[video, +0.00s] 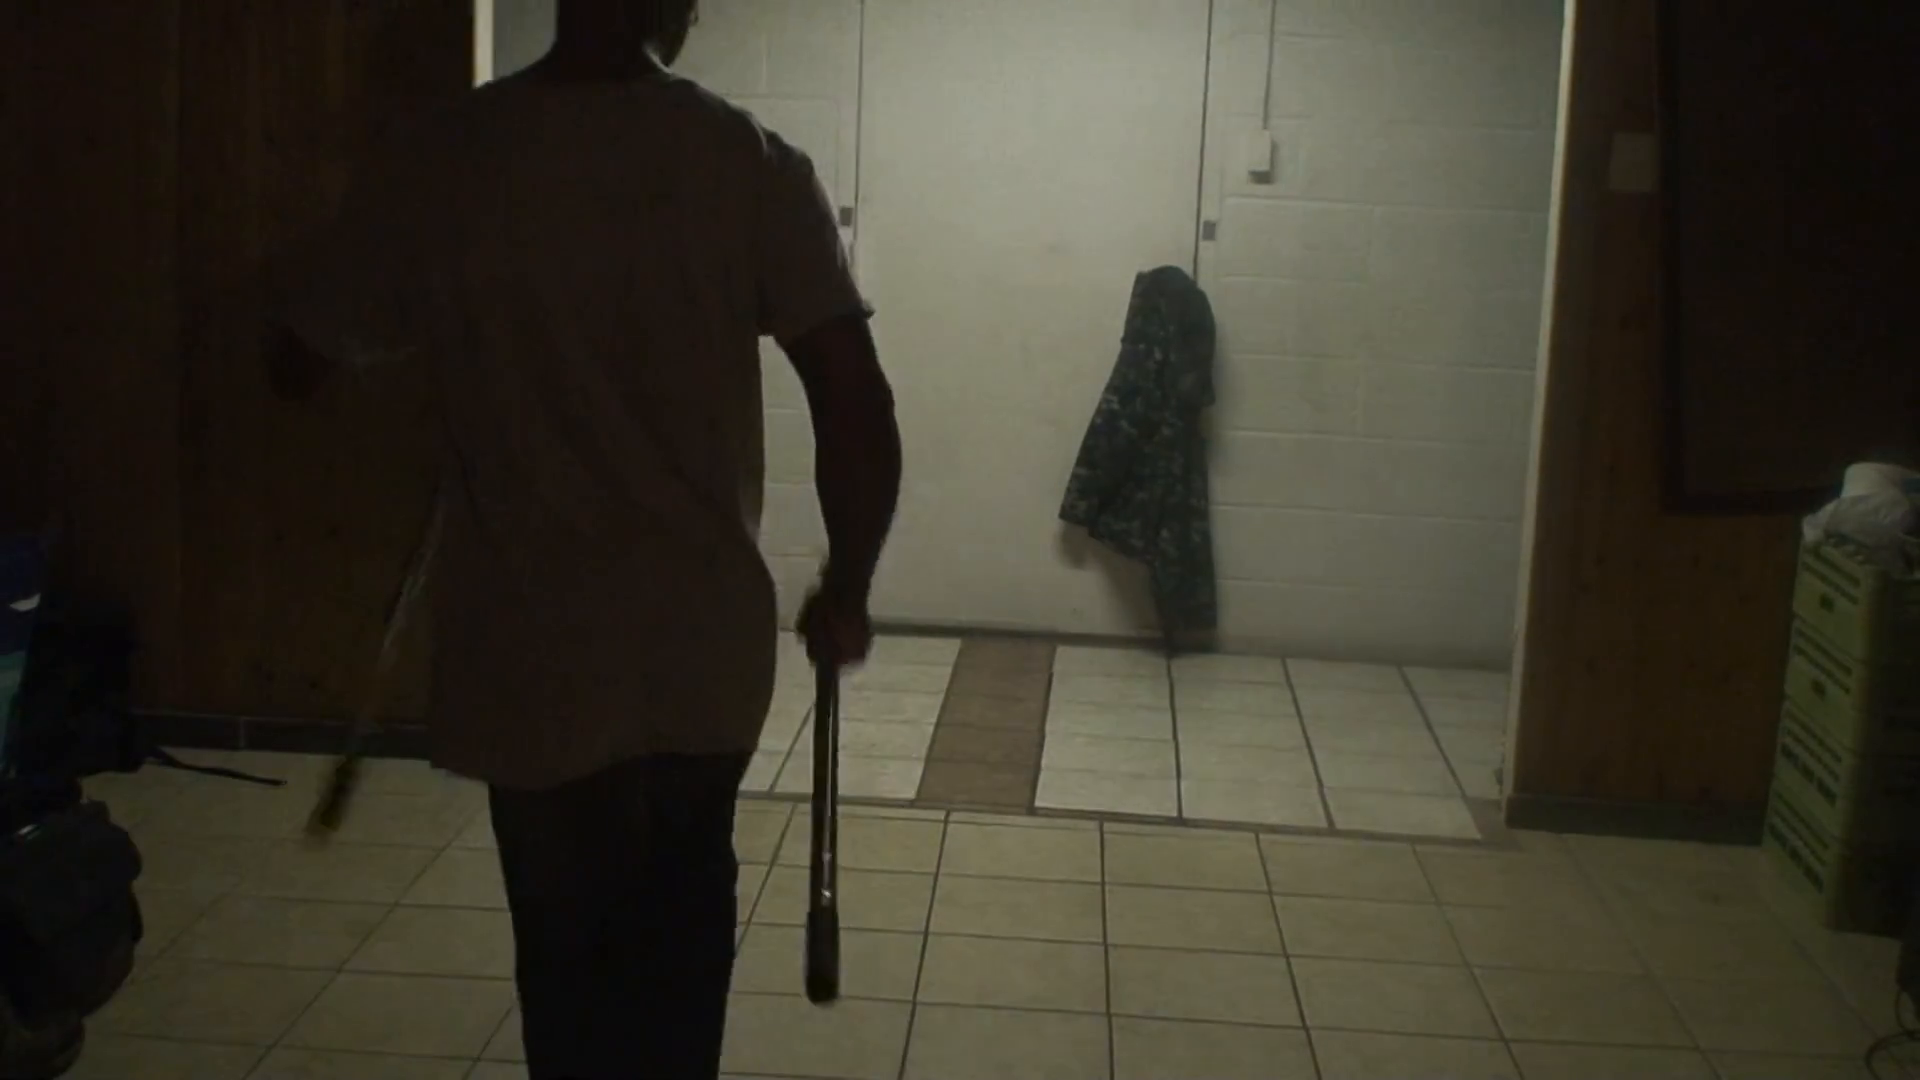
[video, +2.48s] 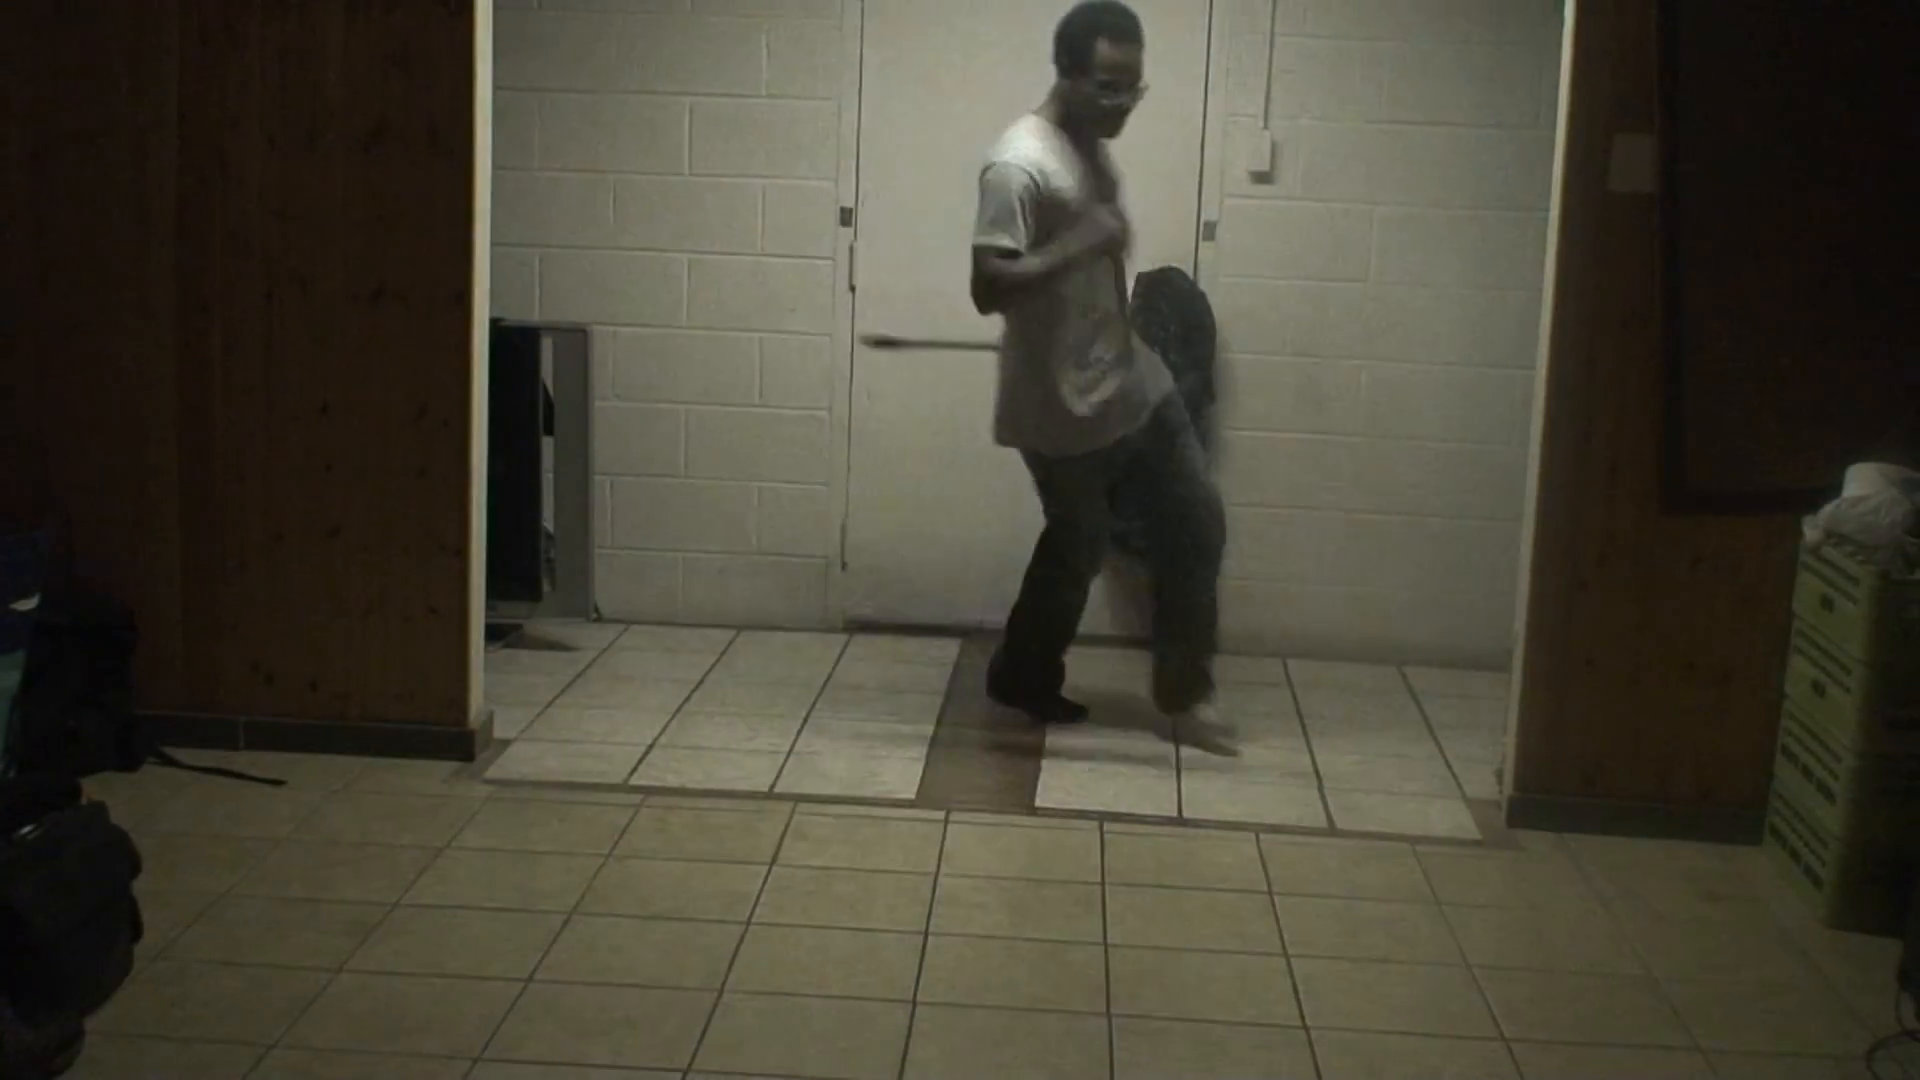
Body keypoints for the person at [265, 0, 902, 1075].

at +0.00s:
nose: (681, 21)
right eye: (684, 16)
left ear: (558, 6)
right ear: (675, 16)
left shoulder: (446, 148)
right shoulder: (747, 167)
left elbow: (298, 350)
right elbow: (856, 407)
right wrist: (847, 587)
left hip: (517, 637)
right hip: (699, 635)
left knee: (556, 940)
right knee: (681, 928)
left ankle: (571, 1074)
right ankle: (670, 1074)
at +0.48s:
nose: (699, 47)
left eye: (697, 29)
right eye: (698, 29)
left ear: (588, 21)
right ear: (678, 31)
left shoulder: (471, 146)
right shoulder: (717, 173)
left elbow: (370, 317)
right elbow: (805, 377)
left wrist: (386, 456)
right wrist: (777, 418)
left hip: (494, 524)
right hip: (635, 540)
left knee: (507, 742)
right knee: (627, 793)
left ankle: (514, 965)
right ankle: (588, 1054)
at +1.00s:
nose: (723, 74)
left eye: (720, 54)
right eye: (721, 55)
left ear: (629, 43)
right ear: (699, 55)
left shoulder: (529, 153)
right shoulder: (712, 174)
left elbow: (438, 260)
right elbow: (731, 341)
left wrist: (506, 292)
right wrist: (731, 475)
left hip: (548, 451)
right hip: (666, 453)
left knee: (558, 657)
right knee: (673, 641)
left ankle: (549, 899)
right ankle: (636, 839)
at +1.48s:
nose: (821, 65)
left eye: (820, 49)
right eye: (818, 49)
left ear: (738, 39)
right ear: (794, 49)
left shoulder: (638, 143)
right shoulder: (794, 160)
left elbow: (570, 260)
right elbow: (840, 310)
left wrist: (590, 374)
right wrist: (885, 294)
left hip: (666, 404)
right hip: (751, 415)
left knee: (705, 546)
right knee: (738, 601)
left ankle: (705, 723)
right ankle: (674, 789)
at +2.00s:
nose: (955, 104)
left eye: (959, 87)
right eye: (946, 85)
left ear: (888, 80)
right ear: (899, 79)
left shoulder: (827, 148)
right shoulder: (886, 171)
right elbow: (840, 289)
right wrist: (841, 411)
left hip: (835, 397)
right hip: (898, 400)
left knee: (837, 535)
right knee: (957, 525)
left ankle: (770, 698)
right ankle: (922, 681)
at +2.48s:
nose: (1124, 105)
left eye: (1134, 87)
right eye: (1109, 87)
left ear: (1140, 78)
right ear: (1063, 75)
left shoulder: (1086, 146)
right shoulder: (1015, 167)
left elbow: (1066, 267)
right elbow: (989, 288)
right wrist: (1082, 241)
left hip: (1124, 376)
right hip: (1057, 399)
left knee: (1195, 519)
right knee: (1077, 539)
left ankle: (1181, 689)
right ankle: (1022, 684)